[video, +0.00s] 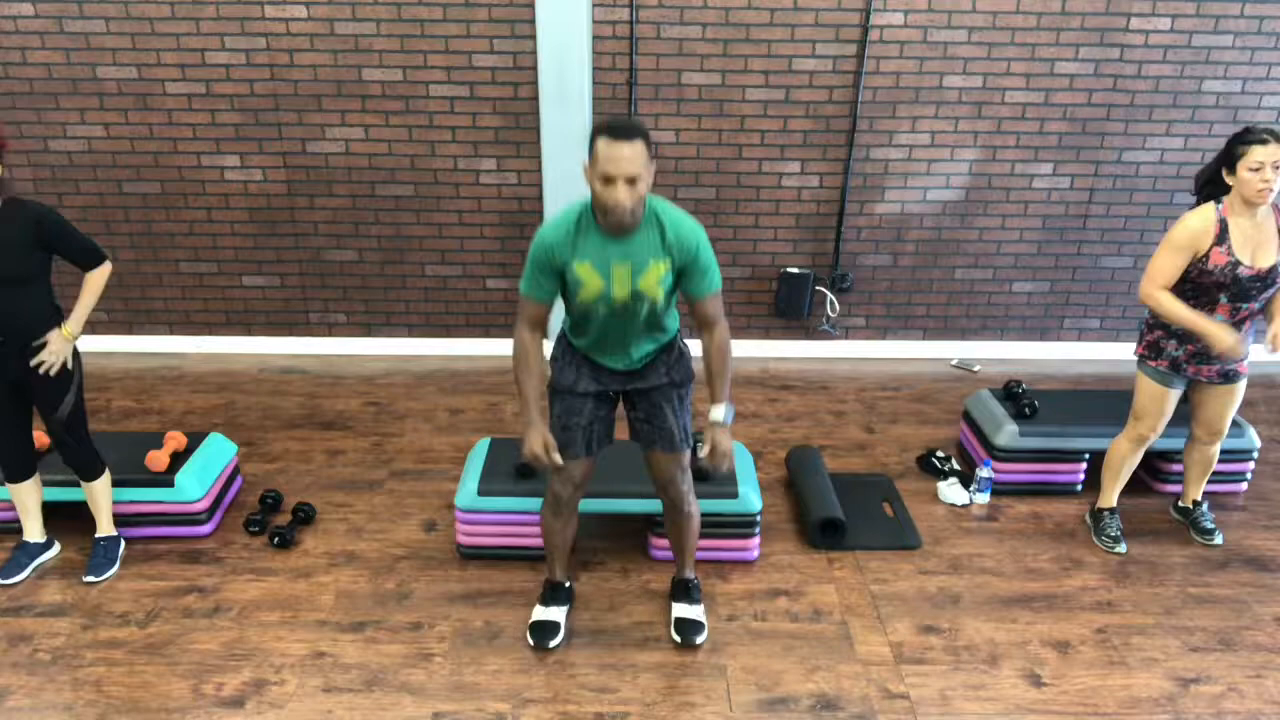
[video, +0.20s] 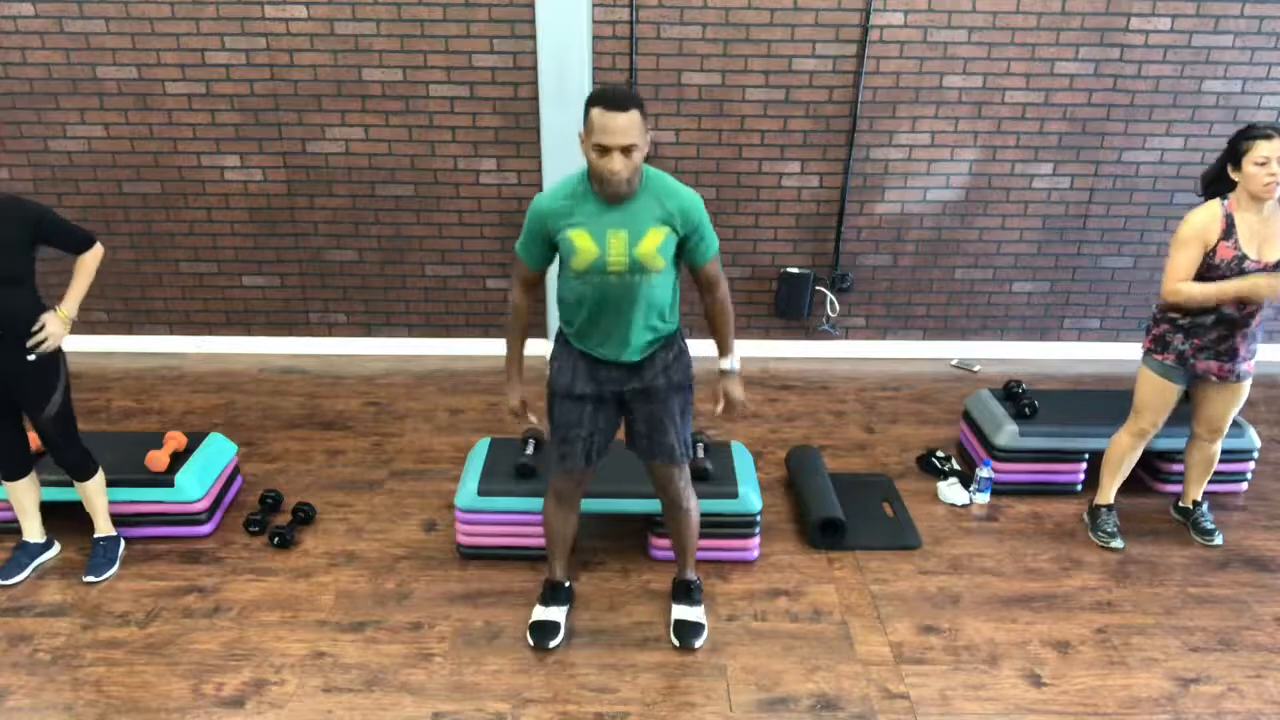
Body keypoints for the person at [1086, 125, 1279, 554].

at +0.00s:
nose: (1268, 177)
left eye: (1274, 167)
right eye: (1256, 168)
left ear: (1279, 172)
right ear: (1231, 174)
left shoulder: (1274, 220)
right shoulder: (1200, 223)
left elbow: (1272, 278)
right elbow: (1151, 289)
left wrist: (1276, 319)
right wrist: (1212, 329)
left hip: (1231, 344)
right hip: (1173, 337)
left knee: (1210, 435)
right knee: (1142, 430)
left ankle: (1190, 503)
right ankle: (1104, 509)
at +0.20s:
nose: (1273, 171)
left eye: (1278, 162)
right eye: (1262, 162)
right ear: (1236, 171)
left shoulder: (1275, 222)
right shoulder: (1204, 220)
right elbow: (1171, 292)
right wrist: (1243, 288)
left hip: (1234, 345)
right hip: (1177, 338)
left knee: (1211, 434)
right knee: (1141, 427)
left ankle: (1191, 504)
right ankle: (1102, 505)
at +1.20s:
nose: (1252, 270)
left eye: (1258, 261)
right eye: (1242, 261)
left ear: (1263, 264)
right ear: (1211, 264)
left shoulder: (1260, 305)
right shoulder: (1172, 299)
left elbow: (1247, 379)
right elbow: (1151, 371)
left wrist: (1253, 349)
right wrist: (1213, 349)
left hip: (1185, 363)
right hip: (1126, 358)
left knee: (1225, 439)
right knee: (1121, 437)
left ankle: (1181, 496)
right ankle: (1083, 494)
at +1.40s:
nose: (1259, 215)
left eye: (1264, 206)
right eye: (1248, 205)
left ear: (1269, 211)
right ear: (1218, 210)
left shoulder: (1267, 255)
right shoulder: (1184, 251)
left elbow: (1272, 310)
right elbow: (1136, 316)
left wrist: (1269, 322)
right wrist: (1208, 326)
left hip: (1196, 346)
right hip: (1139, 342)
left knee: (1217, 431)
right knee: (1120, 430)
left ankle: (1181, 495)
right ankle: (1083, 493)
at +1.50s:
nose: (1260, 191)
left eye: (1265, 181)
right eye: (1249, 181)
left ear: (1269, 186)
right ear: (1218, 186)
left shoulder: (1269, 234)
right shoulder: (1186, 230)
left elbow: (1272, 291)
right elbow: (1131, 292)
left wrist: (1270, 318)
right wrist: (1191, 328)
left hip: (1204, 336)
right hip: (1147, 329)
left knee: (1212, 427)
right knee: (1123, 425)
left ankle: (1181, 495)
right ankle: (1083, 493)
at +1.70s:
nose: (1252, 167)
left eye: (1257, 158)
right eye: (1241, 157)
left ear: (1262, 164)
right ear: (1211, 163)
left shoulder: (1265, 215)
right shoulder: (1182, 212)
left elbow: (1257, 271)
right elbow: (1122, 271)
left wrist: (1251, 323)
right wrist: (1150, 332)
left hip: (1213, 337)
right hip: (1158, 330)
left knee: (1195, 425)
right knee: (1124, 421)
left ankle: (1181, 495)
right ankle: (1084, 493)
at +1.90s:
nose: (1253, 165)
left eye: (1255, 157)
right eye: (1242, 157)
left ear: (1257, 160)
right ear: (1210, 163)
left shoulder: (1256, 210)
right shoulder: (1173, 213)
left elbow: (1242, 272)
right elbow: (1118, 268)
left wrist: (1242, 327)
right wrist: (1132, 329)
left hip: (1212, 339)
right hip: (1159, 336)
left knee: (1187, 425)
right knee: (1124, 418)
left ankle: (1181, 495)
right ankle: (1084, 493)